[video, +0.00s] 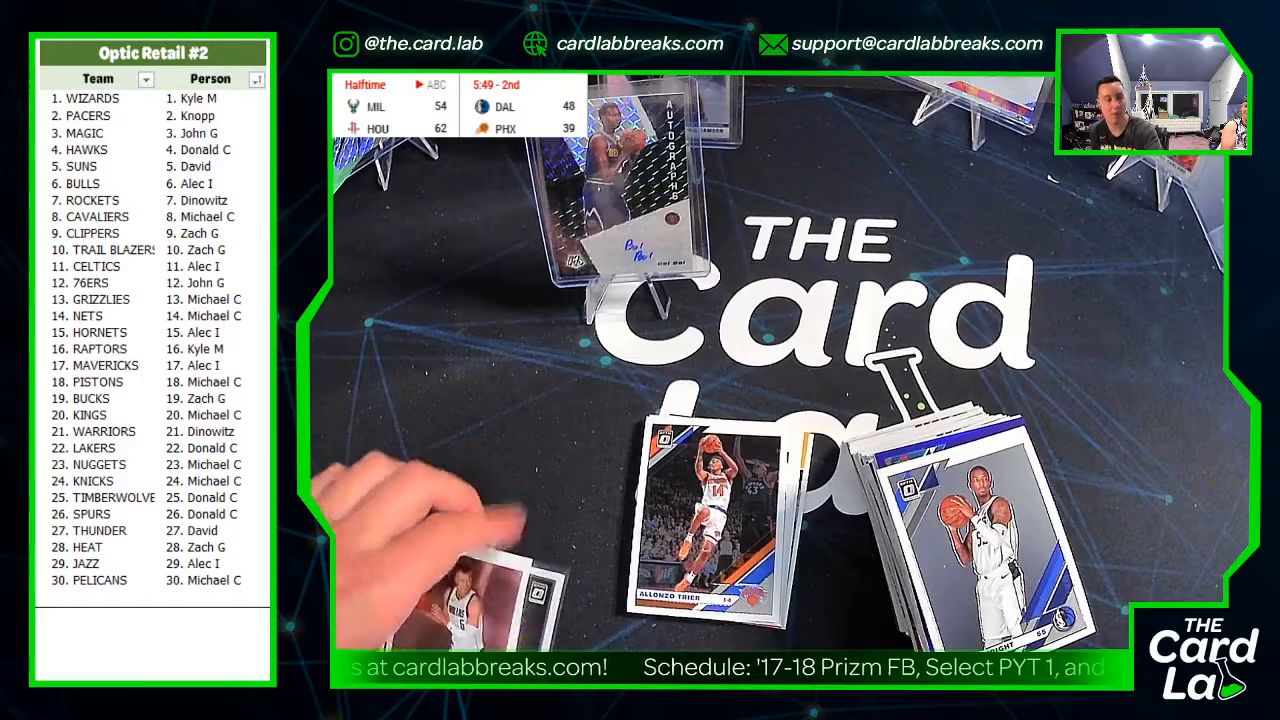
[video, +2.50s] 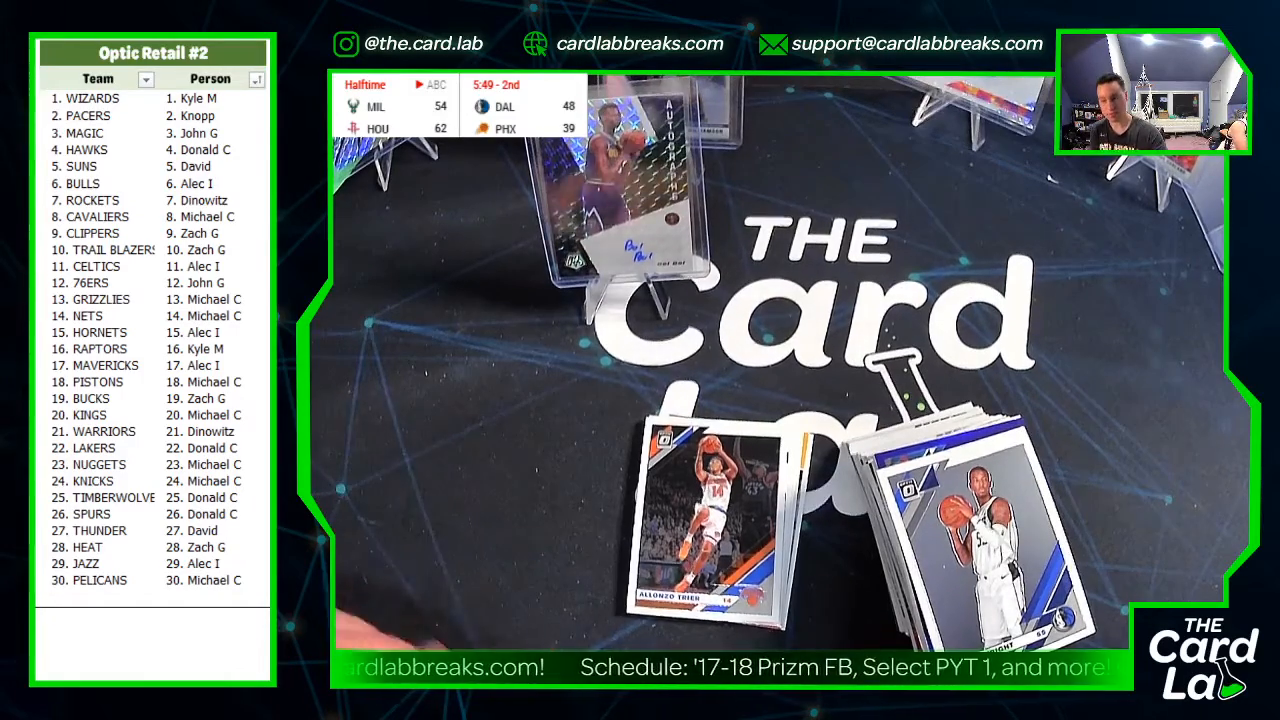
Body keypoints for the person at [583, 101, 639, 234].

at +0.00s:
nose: (617, 118)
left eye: (618, 114)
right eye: (612, 115)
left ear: (620, 117)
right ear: (603, 118)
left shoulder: (616, 140)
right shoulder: (598, 140)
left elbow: (622, 170)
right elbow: (606, 175)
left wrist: (632, 153)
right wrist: (624, 154)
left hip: (612, 187)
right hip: (598, 189)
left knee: (625, 219)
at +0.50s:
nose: (615, 119)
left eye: (617, 115)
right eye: (611, 115)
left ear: (620, 118)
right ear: (602, 118)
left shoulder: (616, 141)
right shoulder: (598, 140)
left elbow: (621, 176)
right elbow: (607, 176)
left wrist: (633, 153)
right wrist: (623, 155)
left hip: (612, 187)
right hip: (595, 190)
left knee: (623, 229)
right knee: (595, 236)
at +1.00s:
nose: (615, 118)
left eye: (617, 115)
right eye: (611, 115)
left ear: (620, 118)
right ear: (602, 118)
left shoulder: (617, 142)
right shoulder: (598, 141)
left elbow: (620, 179)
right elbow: (607, 176)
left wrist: (633, 155)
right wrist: (624, 155)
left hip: (612, 189)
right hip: (596, 191)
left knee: (624, 229)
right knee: (598, 236)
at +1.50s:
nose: (617, 118)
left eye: (618, 115)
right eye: (612, 115)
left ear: (620, 117)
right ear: (603, 118)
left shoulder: (617, 142)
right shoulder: (598, 140)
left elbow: (619, 178)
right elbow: (606, 176)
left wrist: (632, 157)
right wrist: (623, 154)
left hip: (611, 188)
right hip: (595, 190)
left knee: (624, 226)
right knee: (598, 234)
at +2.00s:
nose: (618, 118)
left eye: (618, 115)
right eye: (614, 116)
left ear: (620, 117)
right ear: (603, 119)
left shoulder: (616, 141)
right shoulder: (598, 141)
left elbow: (621, 178)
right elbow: (606, 176)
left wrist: (631, 154)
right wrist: (623, 157)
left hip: (611, 188)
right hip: (595, 190)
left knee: (624, 227)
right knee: (599, 234)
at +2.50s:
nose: (617, 118)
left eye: (618, 115)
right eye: (613, 115)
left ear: (620, 117)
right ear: (603, 118)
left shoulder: (616, 142)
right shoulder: (598, 141)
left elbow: (621, 176)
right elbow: (606, 175)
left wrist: (632, 157)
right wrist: (623, 156)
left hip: (611, 187)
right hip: (596, 188)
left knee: (625, 227)